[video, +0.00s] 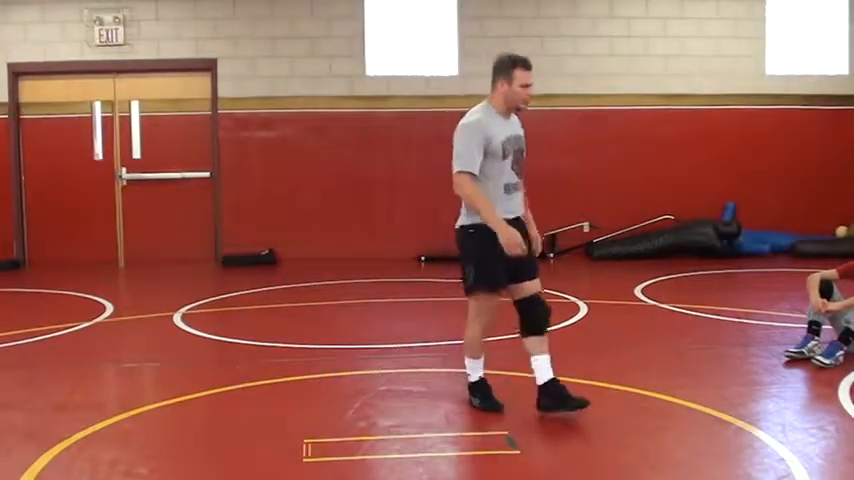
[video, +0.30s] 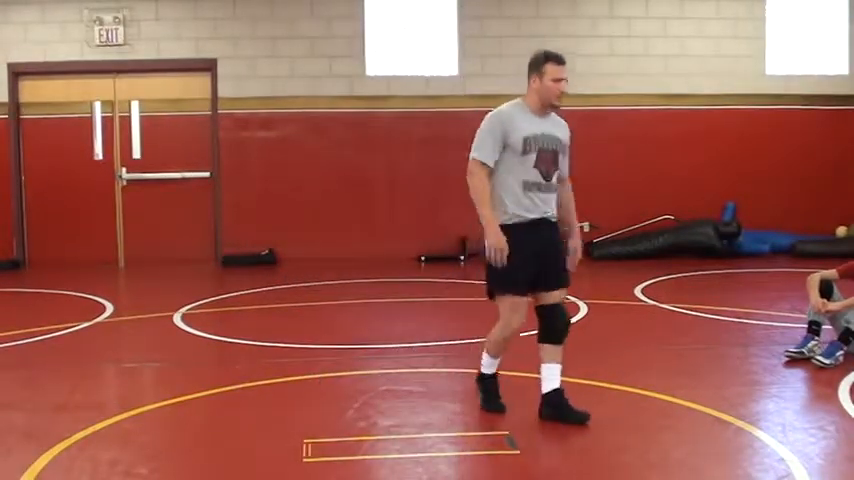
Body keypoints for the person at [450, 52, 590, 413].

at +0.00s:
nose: (530, 93)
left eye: (531, 86)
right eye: (525, 86)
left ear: (513, 86)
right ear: (501, 85)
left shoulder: (514, 122)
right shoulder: (473, 125)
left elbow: (513, 182)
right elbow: (462, 183)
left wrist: (529, 223)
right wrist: (500, 227)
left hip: (512, 226)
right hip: (479, 230)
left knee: (533, 308)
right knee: (482, 308)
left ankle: (547, 387)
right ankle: (476, 383)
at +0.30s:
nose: (564, 87)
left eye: (565, 81)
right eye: (557, 81)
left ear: (559, 84)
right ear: (534, 81)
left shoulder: (560, 127)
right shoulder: (501, 120)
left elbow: (563, 185)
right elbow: (476, 173)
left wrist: (573, 233)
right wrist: (491, 228)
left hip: (547, 231)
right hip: (510, 232)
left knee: (555, 318)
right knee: (513, 319)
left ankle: (552, 396)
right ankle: (487, 374)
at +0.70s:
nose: (563, 84)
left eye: (571, 77)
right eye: (557, 76)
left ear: (585, 83)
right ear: (549, 79)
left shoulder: (597, 133)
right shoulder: (521, 116)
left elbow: (615, 187)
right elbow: (489, 161)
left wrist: (640, 233)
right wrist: (470, 208)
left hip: (563, 229)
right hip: (518, 226)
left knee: (565, 317)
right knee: (527, 318)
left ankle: (553, 398)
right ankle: (524, 398)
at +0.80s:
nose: (564, 84)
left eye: (573, 77)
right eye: (559, 76)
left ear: (588, 82)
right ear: (551, 78)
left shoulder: (601, 134)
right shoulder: (523, 115)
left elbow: (615, 189)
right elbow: (493, 160)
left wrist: (633, 240)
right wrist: (472, 209)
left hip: (563, 230)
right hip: (517, 225)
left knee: (564, 319)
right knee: (524, 318)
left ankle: (553, 398)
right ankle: (523, 396)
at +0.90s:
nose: (566, 83)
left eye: (574, 77)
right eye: (560, 76)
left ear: (590, 82)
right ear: (553, 78)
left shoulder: (602, 136)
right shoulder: (524, 115)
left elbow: (609, 193)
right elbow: (495, 161)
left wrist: (616, 244)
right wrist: (474, 210)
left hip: (561, 229)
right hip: (516, 223)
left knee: (562, 317)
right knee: (520, 314)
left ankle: (552, 398)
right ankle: (519, 396)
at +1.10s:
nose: (569, 83)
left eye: (577, 76)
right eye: (562, 75)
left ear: (589, 82)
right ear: (554, 78)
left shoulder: (601, 137)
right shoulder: (523, 115)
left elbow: (596, 197)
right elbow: (496, 163)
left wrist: (568, 243)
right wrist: (477, 213)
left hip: (556, 230)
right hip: (510, 222)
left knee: (559, 320)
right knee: (502, 311)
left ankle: (551, 398)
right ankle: (493, 396)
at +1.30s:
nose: (557, 84)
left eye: (565, 78)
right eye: (550, 77)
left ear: (577, 82)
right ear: (541, 79)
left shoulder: (590, 134)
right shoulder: (512, 116)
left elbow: (588, 195)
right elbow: (486, 166)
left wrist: (553, 237)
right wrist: (471, 216)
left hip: (550, 231)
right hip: (503, 224)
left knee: (555, 324)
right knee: (484, 311)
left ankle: (551, 399)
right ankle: (465, 395)